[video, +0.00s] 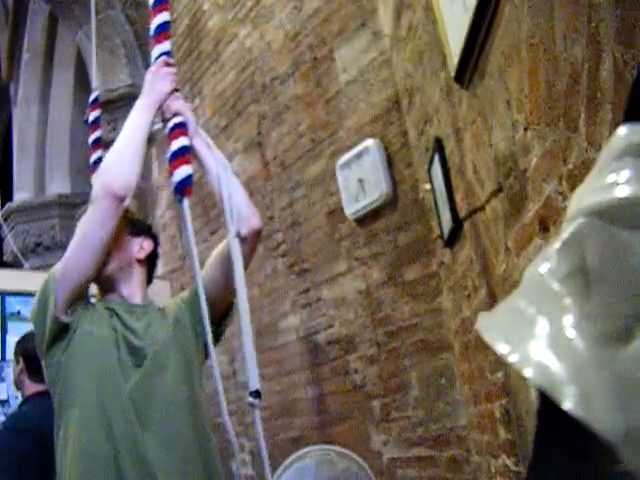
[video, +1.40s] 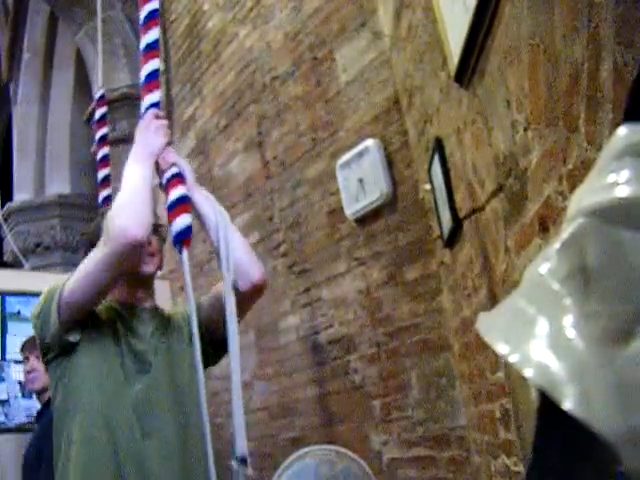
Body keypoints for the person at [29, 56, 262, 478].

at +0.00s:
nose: (100, 240)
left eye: (114, 231)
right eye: (100, 232)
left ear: (144, 248)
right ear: (87, 248)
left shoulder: (183, 320)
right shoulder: (66, 323)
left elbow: (247, 228)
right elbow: (111, 191)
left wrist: (195, 135)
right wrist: (148, 101)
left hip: (192, 470)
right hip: (93, 470)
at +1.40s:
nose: (148, 239)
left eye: (155, 231)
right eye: (137, 232)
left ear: (163, 244)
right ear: (108, 242)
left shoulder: (184, 331)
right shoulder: (65, 325)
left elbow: (251, 280)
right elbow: (126, 237)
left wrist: (193, 191)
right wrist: (142, 154)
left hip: (185, 471)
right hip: (94, 471)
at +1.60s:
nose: (153, 246)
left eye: (159, 235)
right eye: (136, 233)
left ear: (168, 249)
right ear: (97, 255)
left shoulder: (177, 326)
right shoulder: (58, 318)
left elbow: (252, 328)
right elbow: (127, 280)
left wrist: (200, 220)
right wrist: (149, 183)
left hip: (178, 471)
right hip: (90, 471)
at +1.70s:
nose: (152, 242)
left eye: (158, 235)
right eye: (135, 233)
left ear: (169, 251)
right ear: (104, 258)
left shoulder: (178, 334)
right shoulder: (53, 322)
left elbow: (252, 362)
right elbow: (119, 315)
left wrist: (204, 241)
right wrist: (157, 207)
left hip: (176, 472)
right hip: (85, 472)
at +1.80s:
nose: (160, 251)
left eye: (165, 241)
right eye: (143, 240)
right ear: (108, 259)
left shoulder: (180, 332)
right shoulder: (56, 321)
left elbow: (243, 402)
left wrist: (212, 280)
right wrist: (165, 243)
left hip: (175, 473)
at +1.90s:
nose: (163, 261)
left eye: (170, 248)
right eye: (148, 246)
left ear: (179, 256)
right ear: (111, 261)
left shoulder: (185, 332)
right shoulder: (60, 326)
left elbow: (237, 441)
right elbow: (86, 412)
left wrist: (217, 346)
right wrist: (170, 303)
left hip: (175, 473)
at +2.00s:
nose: (167, 267)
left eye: (175, 253)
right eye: (149, 252)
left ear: (184, 262)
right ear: (113, 266)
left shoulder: (190, 340)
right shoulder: (61, 337)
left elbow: (239, 467)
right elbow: (65, 452)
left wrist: (221, 423)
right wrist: (180, 375)